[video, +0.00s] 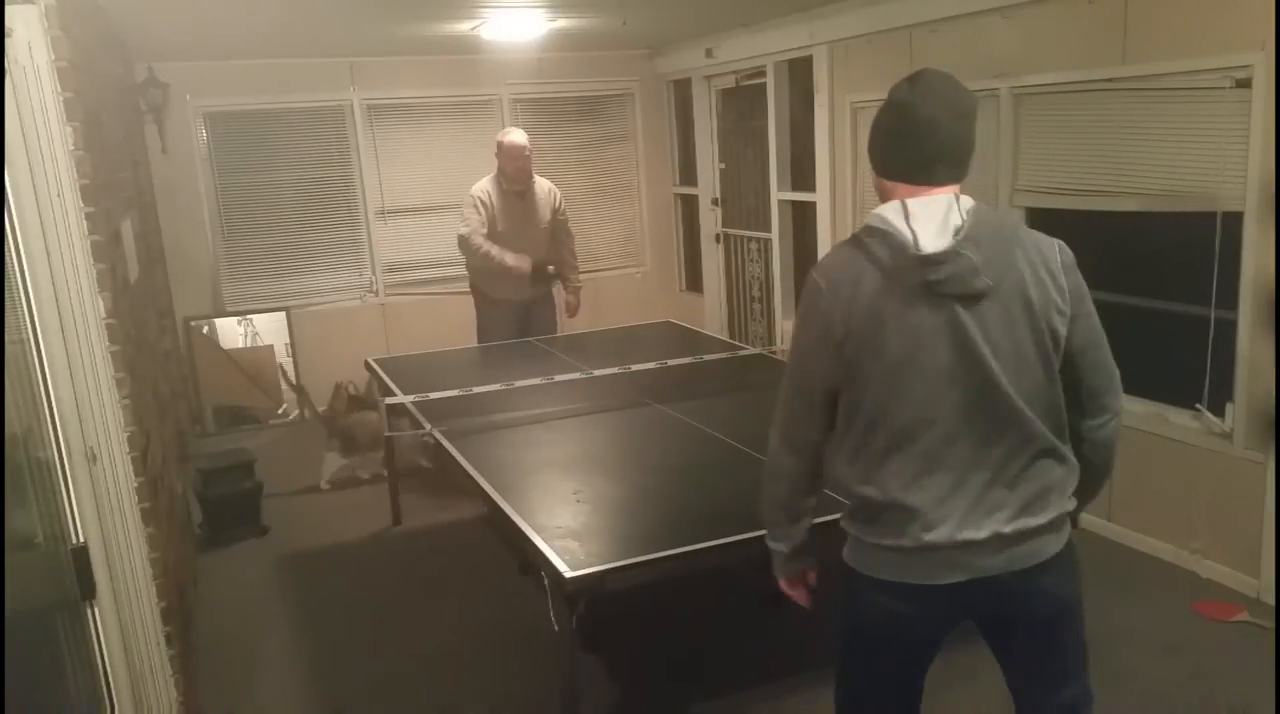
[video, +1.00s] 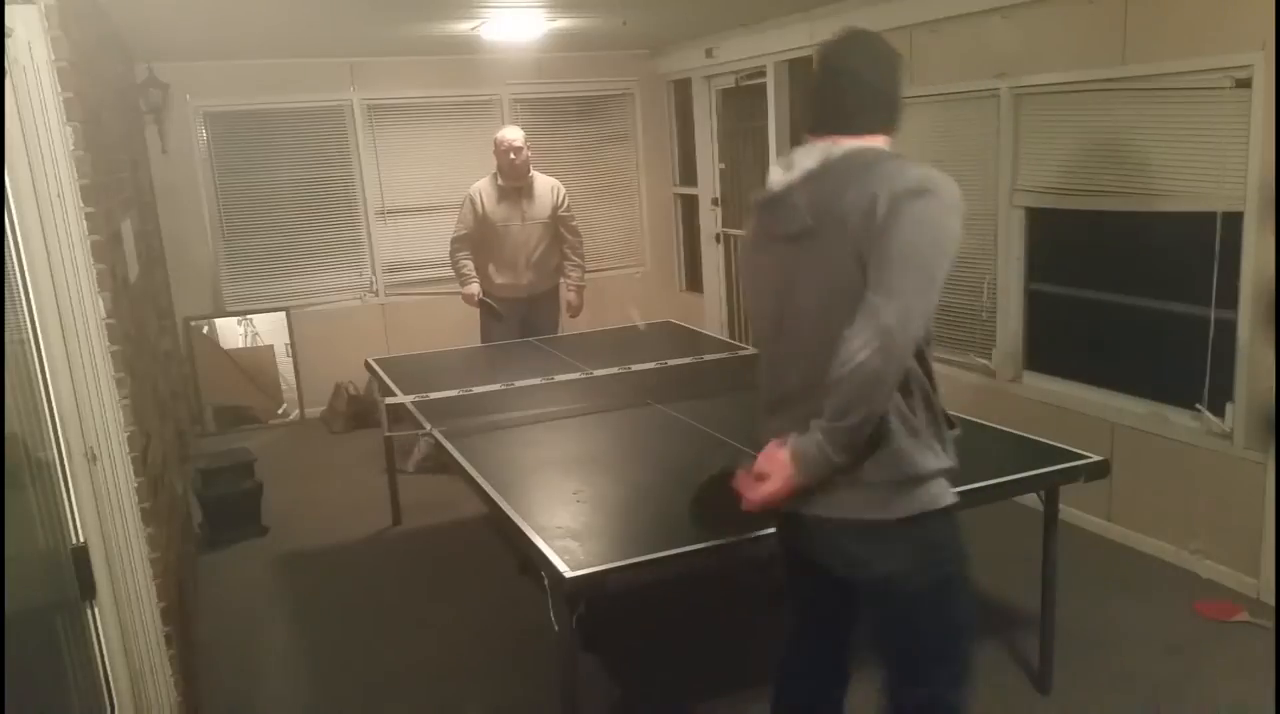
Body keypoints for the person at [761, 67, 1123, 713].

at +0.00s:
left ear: (876, 167)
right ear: (966, 161)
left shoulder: (839, 279)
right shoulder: (1046, 261)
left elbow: (795, 434)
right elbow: (1101, 407)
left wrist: (788, 546)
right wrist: (1069, 493)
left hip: (893, 579)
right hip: (1033, 570)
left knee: (874, 706)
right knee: (1061, 705)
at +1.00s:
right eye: (890, 90)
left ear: (813, 99)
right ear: (895, 102)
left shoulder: (774, 202)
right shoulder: (917, 190)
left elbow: (773, 341)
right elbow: (883, 339)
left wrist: (784, 445)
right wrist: (812, 454)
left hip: (802, 514)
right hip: (895, 519)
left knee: (807, 686)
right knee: (930, 691)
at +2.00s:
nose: (765, 215)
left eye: (764, 201)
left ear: (769, 211)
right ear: (861, 194)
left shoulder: (770, 316)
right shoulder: (967, 300)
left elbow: (709, 483)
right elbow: (998, 450)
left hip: (825, 617)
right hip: (963, 611)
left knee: (724, 703)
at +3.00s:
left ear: (1037, 143)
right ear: (1142, 155)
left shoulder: (980, 250)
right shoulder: (1203, 269)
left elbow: (922, 370)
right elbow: (1207, 389)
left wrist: (1011, 314)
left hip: (977, 585)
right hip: (1120, 597)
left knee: (931, 697)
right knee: (1109, 706)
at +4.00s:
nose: (883, 179)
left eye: (883, 166)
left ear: (887, 178)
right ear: (973, 169)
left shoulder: (861, 287)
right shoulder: (1056, 270)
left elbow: (823, 448)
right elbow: (1093, 404)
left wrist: (813, 569)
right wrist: (1077, 468)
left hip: (905, 583)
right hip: (1036, 575)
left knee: (873, 704)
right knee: (1052, 703)